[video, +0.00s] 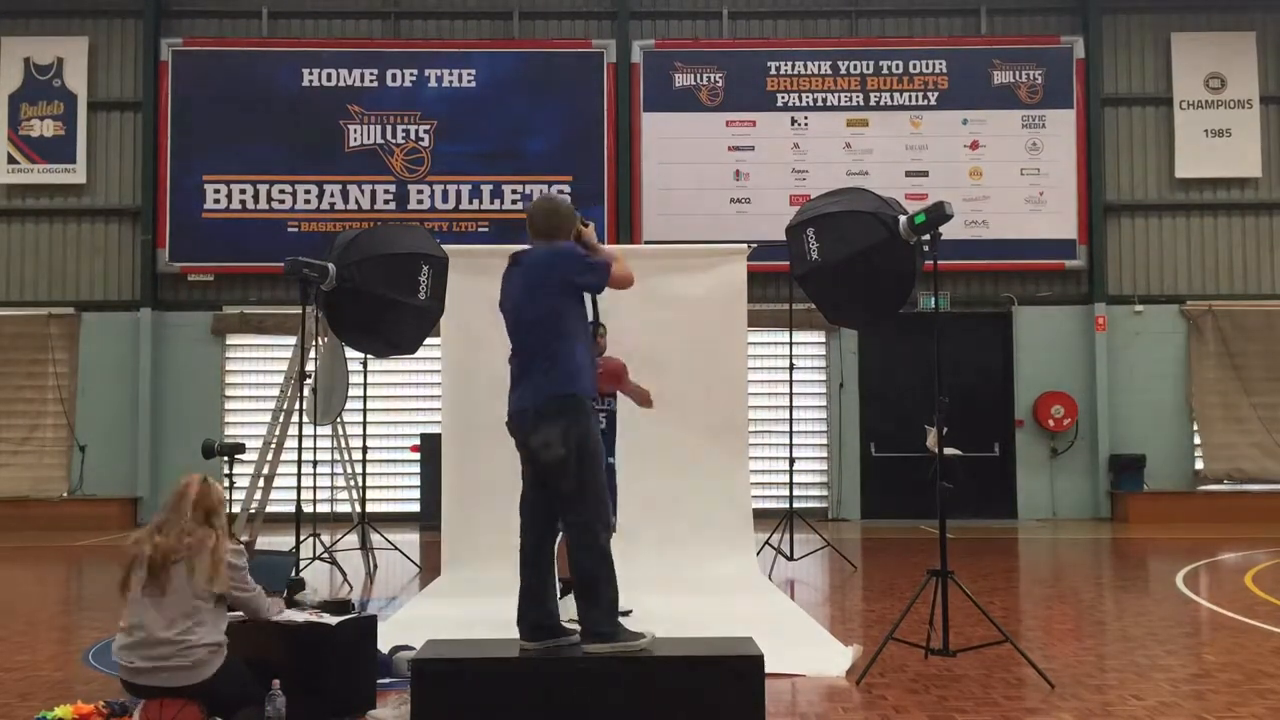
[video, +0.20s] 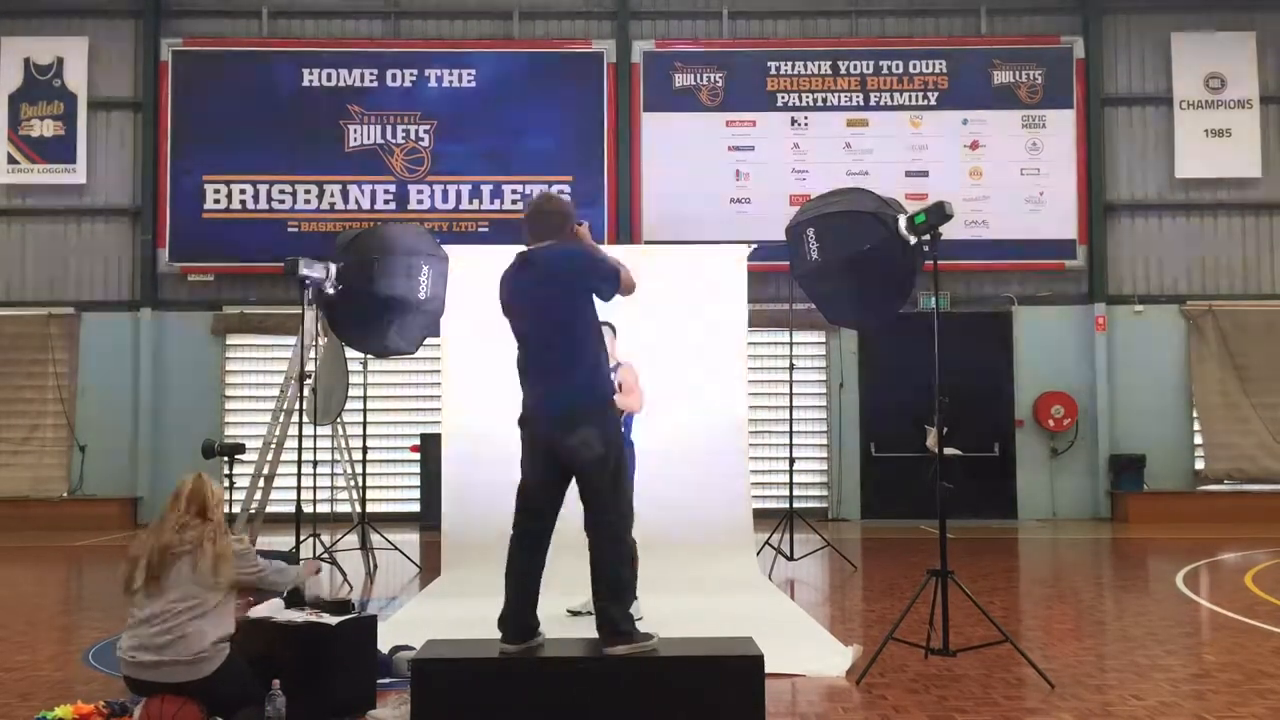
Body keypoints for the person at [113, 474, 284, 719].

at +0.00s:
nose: (225, 514)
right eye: (222, 508)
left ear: (174, 506)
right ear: (216, 511)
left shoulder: (145, 542)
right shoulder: (225, 550)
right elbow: (259, 608)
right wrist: (277, 604)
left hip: (136, 680)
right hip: (196, 677)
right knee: (252, 700)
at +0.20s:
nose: (223, 509)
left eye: (222, 503)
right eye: (221, 504)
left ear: (176, 503)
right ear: (215, 507)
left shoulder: (149, 542)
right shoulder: (226, 546)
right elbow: (270, 575)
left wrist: (225, 607)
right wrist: (303, 571)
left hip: (137, 673)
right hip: (199, 670)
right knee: (252, 702)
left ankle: (147, 706)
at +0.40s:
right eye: (219, 505)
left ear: (169, 506)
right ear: (214, 509)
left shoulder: (141, 545)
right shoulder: (231, 555)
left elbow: (133, 612)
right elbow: (241, 635)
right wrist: (233, 665)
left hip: (138, 680)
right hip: (203, 684)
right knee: (255, 698)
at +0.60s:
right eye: (216, 511)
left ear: (169, 511)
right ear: (210, 514)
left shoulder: (143, 543)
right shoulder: (225, 552)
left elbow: (132, 608)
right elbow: (243, 628)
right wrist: (279, 614)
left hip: (140, 678)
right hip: (205, 682)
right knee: (254, 703)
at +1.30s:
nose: (223, 517)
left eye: (222, 511)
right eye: (221, 511)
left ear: (175, 507)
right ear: (214, 512)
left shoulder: (144, 539)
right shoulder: (223, 547)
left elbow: (133, 600)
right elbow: (230, 605)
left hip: (141, 677)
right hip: (208, 680)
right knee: (254, 704)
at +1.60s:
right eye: (217, 504)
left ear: (173, 508)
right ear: (215, 509)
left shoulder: (142, 542)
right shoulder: (226, 549)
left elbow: (132, 605)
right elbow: (254, 621)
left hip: (140, 678)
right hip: (205, 681)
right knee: (254, 702)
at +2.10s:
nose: (224, 513)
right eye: (222, 507)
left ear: (175, 504)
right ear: (216, 510)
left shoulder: (142, 540)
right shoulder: (223, 548)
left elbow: (133, 603)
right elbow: (251, 618)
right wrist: (263, 612)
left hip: (139, 678)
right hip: (203, 681)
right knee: (254, 700)